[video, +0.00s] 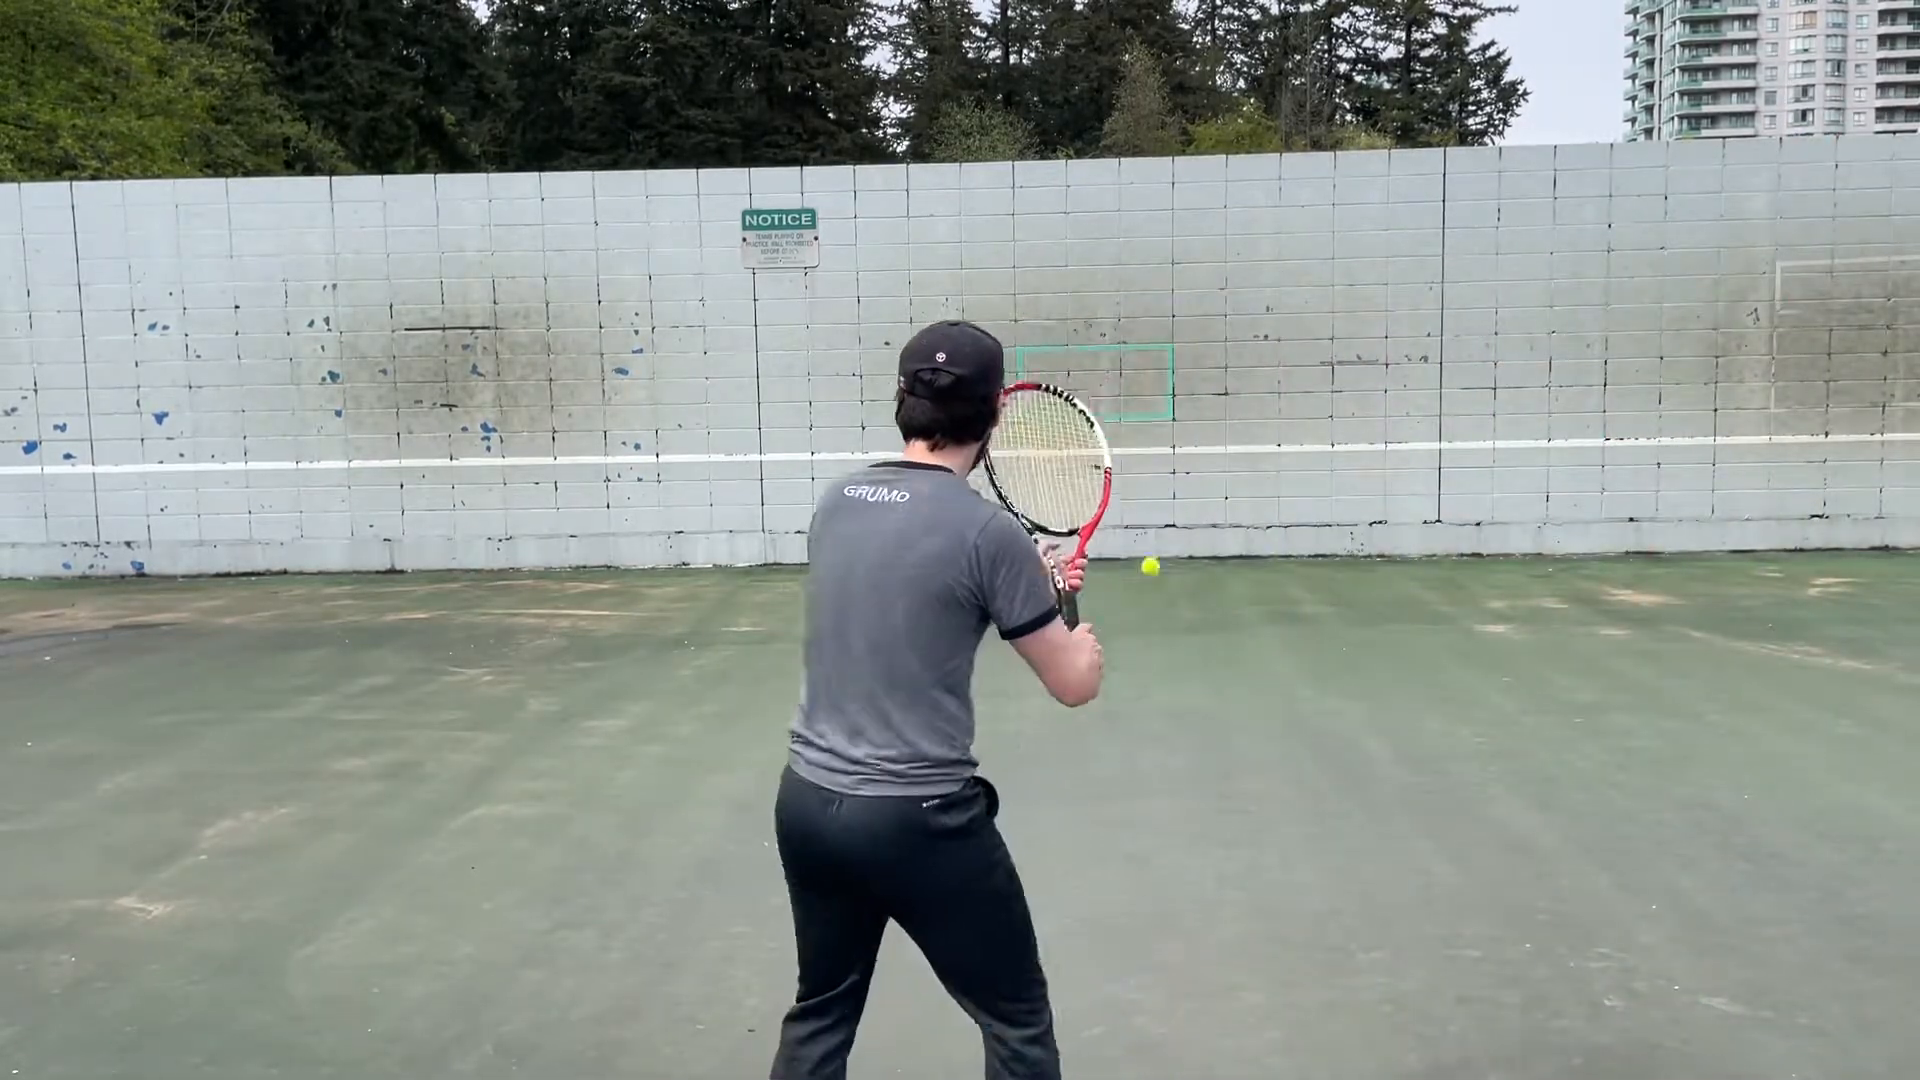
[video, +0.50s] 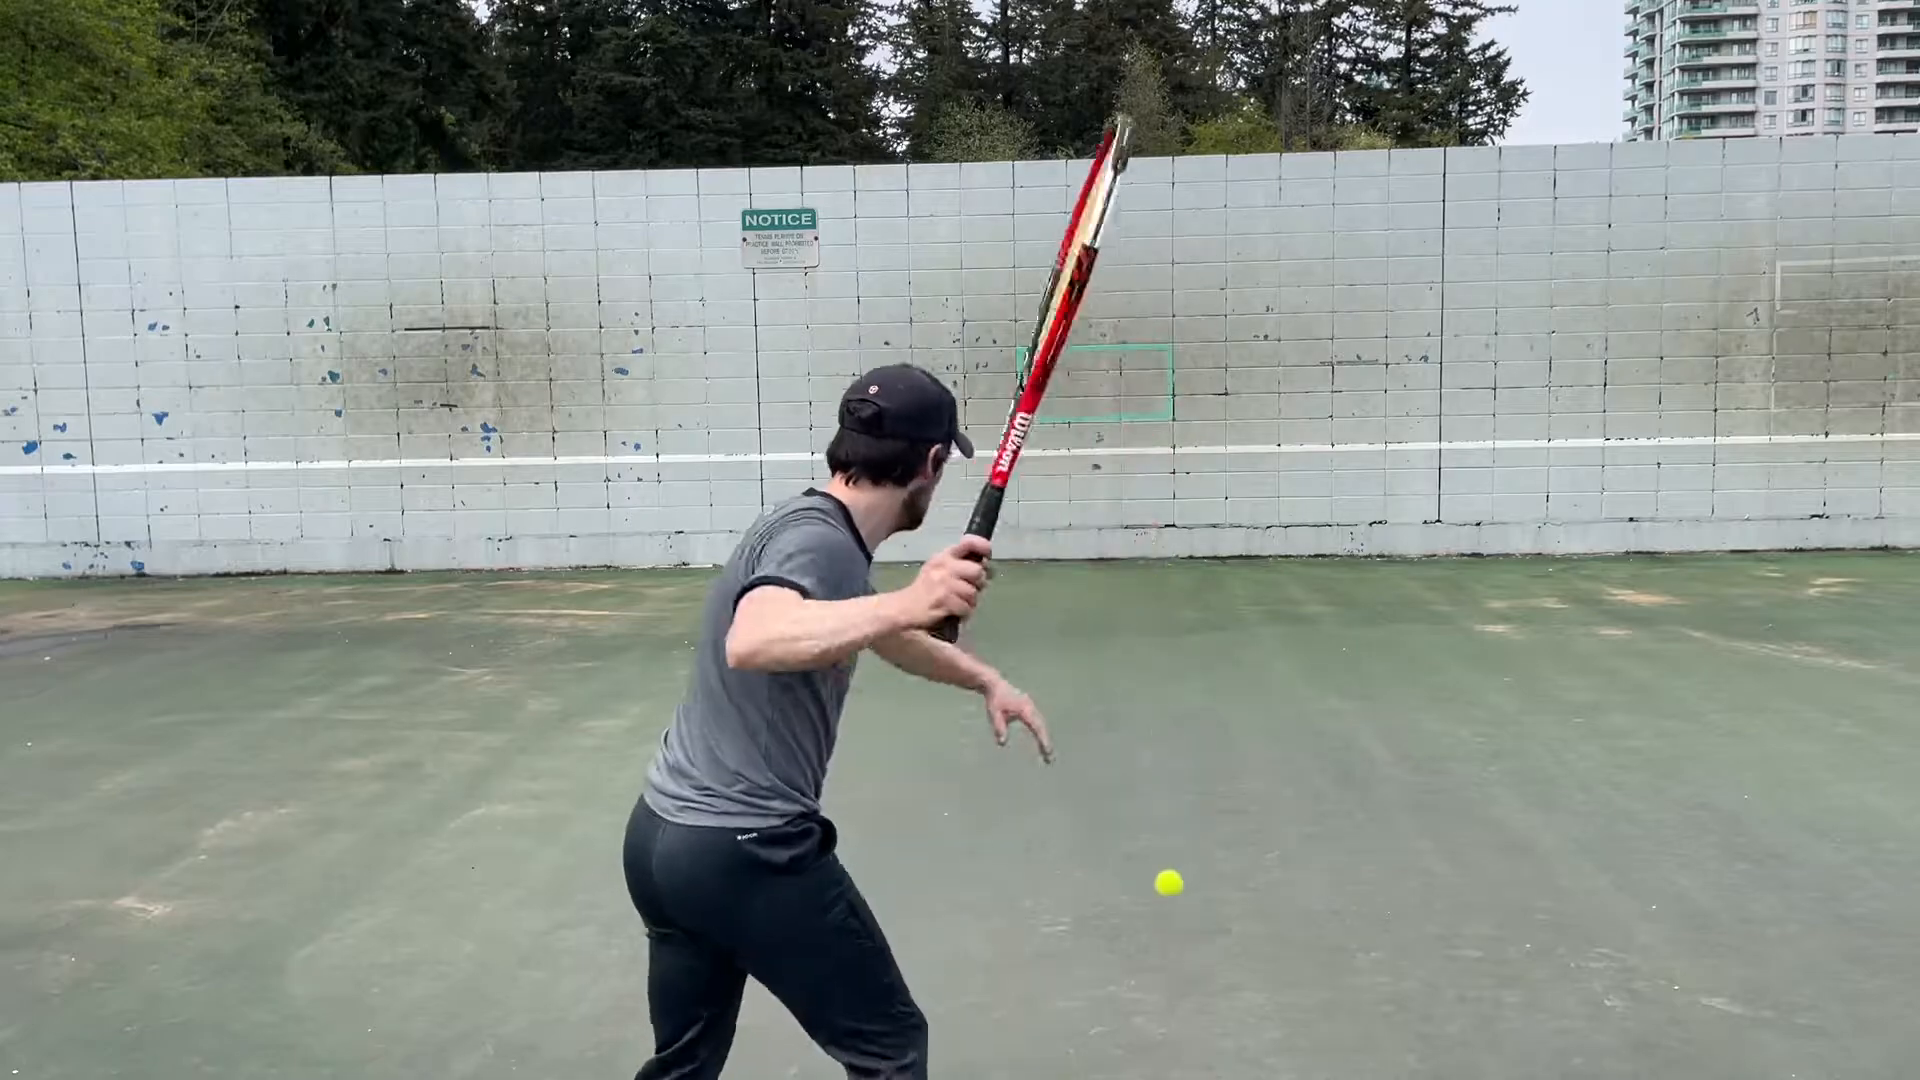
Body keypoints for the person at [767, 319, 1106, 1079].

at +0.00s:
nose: (999, 410)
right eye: (997, 398)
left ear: (902, 403)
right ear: (993, 413)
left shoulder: (839, 503)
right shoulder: (984, 530)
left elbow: (904, 609)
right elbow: (1076, 681)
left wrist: (1027, 580)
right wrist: (1073, 614)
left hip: (811, 808)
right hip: (926, 823)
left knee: (821, 1008)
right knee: (1017, 1023)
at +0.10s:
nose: (975, 397)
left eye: (971, 386)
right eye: (975, 387)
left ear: (880, 391)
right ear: (969, 400)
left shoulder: (819, 484)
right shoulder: (944, 515)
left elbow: (905, 595)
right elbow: (1036, 668)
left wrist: (1042, 571)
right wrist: (1093, 649)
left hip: (773, 793)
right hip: (877, 810)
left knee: (795, 1008)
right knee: (969, 1008)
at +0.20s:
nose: (959, 385)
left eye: (956, 372)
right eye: (959, 373)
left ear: (861, 380)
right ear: (950, 387)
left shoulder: (803, 474)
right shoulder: (916, 501)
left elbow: (923, 582)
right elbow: (999, 649)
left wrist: (1056, 552)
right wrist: (1101, 619)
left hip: (750, 780)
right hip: (849, 802)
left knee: (760, 1001)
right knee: (909, 1028)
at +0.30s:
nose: (940, 412)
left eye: (938, 398)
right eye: (941, 398)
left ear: (842, 402)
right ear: (928, 409)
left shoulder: (791, 495)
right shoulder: (860, 511)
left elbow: (931, 588)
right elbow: (930, 647)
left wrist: (1062, 563)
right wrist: (1076, 598)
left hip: (726, 805)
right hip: (812, 823)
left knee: (728, 1026)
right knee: (903, 1047)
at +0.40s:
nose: (929, 449)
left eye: (930, 433)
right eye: (930, 433)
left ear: (832, 430)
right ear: (916, 443)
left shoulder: (789, 514)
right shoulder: (822, 528)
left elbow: (895, 609)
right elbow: (828, 642)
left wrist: (1011, 620)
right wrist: (998, 596)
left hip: (686, 826)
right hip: (768, 846)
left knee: (688, 1054)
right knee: (913, 1037)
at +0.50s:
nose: (942, 475)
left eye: (945, 459)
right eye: (945, 458)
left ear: (847, 445)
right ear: (930, 463)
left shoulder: (791, 523)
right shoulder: (823, 539)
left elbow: (880, 633)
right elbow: (753, 637)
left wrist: (987, 679)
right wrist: (906, 602)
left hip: (666, 836)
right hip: (753, 852)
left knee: (684, 1060)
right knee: (892, 1045)